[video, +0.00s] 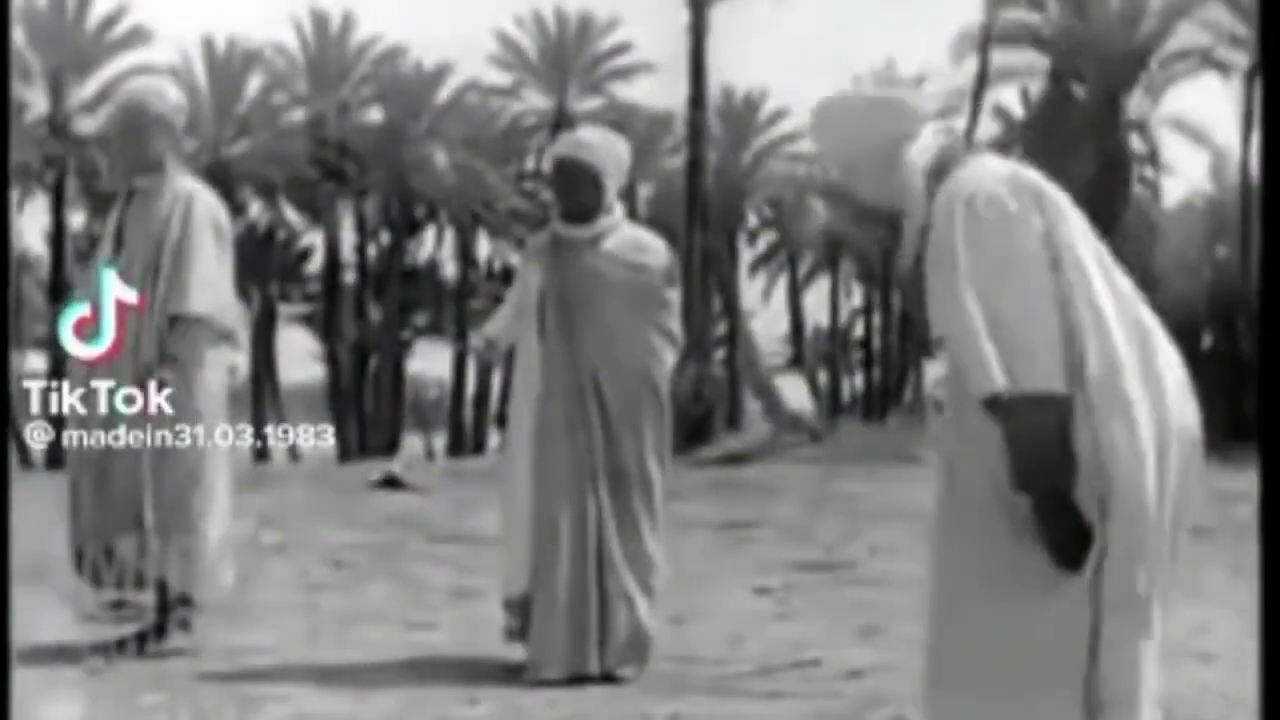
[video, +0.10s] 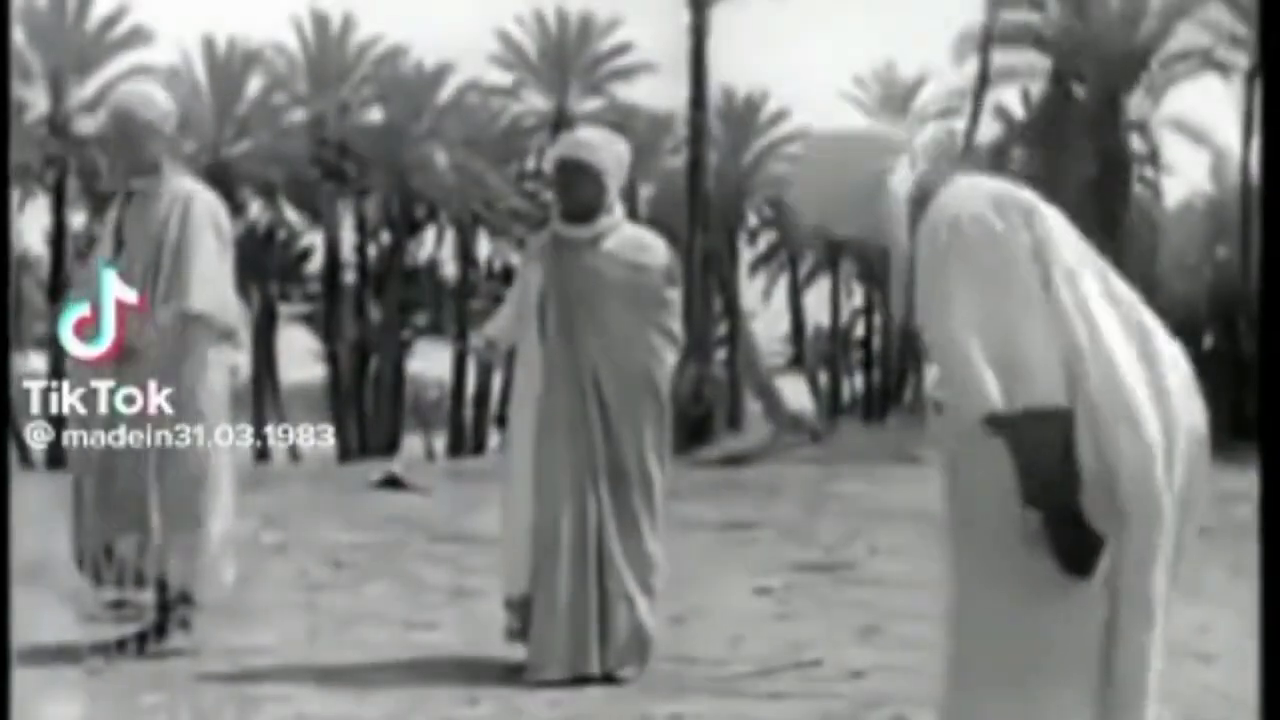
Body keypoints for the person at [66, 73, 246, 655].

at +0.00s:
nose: (109, 151)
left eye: (117, 138)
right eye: (110, 139)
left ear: (153, 136)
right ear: (133, 137)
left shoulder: (193, 205)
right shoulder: (128, 205)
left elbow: (197, 303)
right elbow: (111, 284)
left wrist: (173, 368)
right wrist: (103, 353)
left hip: (186, 364)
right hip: (134, 361)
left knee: (181, 480)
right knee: (140, 478)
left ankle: (178, 603)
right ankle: (150, 596)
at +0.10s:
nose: (107, 153)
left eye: (113, 140)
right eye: (106, 141)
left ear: (146, 137)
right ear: (128, 139)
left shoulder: (193, 204)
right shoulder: (121, 208)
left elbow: (195, 304)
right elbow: (102, 281)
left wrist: (151, 353)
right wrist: (94, 325)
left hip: (189, 362)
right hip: (134, 361)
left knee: (184, 474)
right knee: (138, 472)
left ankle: (179, 600)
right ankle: (153, 592)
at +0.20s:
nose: (95, 163)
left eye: (102, 150)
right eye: (93, 151)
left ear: (133, 147)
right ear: (111, 153)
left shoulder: (186, 205)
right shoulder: (116, 213)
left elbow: (200, 291)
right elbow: (77, 272)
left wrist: (136, 289)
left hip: (192, 358)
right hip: (136, 360)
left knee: (183, 468)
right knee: (143, 468)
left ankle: (182, 595)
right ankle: (159, 593)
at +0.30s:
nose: (85, 186)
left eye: (90, 172)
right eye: (79, 174)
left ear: (118, 166)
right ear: (84, 175)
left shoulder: (182, 208)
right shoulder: (102, 222)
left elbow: (193, 281)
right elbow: (52, 276)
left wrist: (133, 227)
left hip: (193, 368)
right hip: (135, 368)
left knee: (185, 478)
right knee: (149, 476)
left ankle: (183, 602)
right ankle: (164, 599)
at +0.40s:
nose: (67, 215)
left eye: (73, 202)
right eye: (61, 204)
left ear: (100, 193)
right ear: (61, 201)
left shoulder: (160, 237)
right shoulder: (64, 252)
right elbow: (40, 332)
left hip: (191, 373)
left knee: (168, 482)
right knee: (151, 480)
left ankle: (178, 605)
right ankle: (166, 603)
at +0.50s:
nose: (65, 239)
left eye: (68, 226)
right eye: (59, 228)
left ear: (90, 214)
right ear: (67, 219)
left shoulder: (165, 254)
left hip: (202, 376)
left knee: (174, 487)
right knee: (162, 484)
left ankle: (177, 614)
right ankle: (167, 609)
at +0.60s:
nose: (61, 259)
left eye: (67, 244)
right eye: (48, 249)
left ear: (93, 226)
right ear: (37, 244)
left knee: (178, 495)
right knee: (159, 494)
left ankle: (176, 614)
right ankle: (160, 612)